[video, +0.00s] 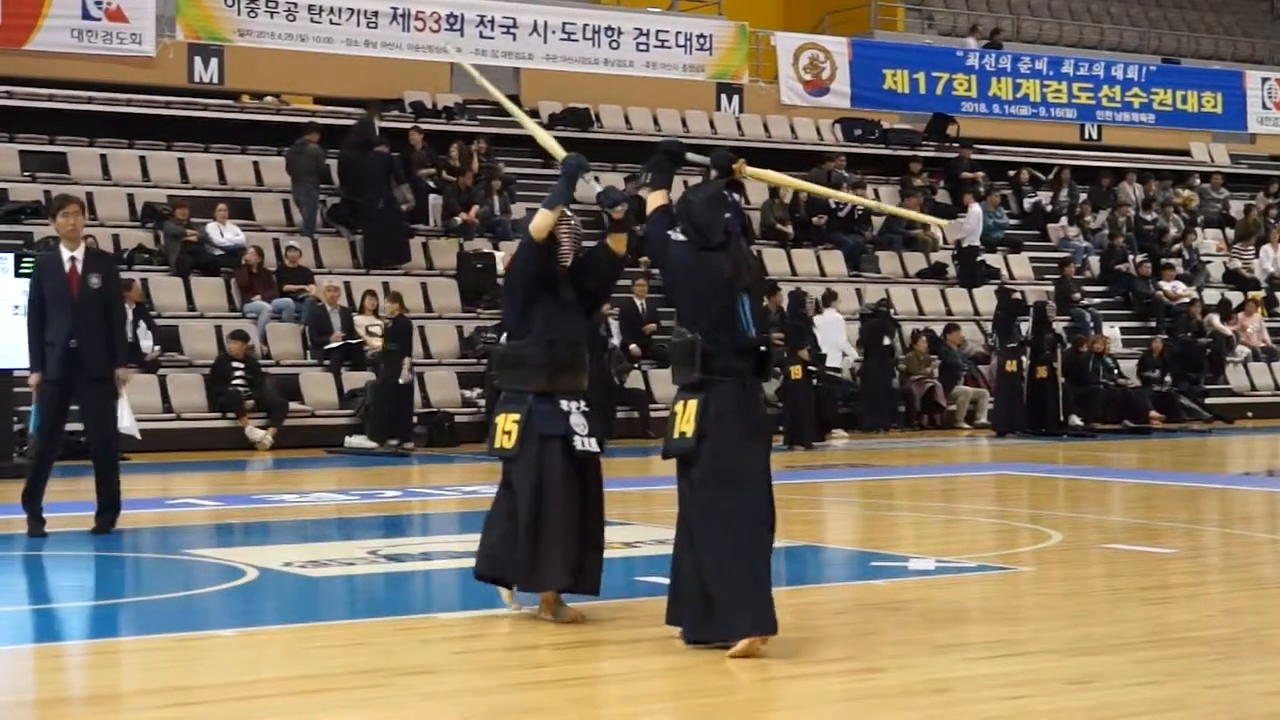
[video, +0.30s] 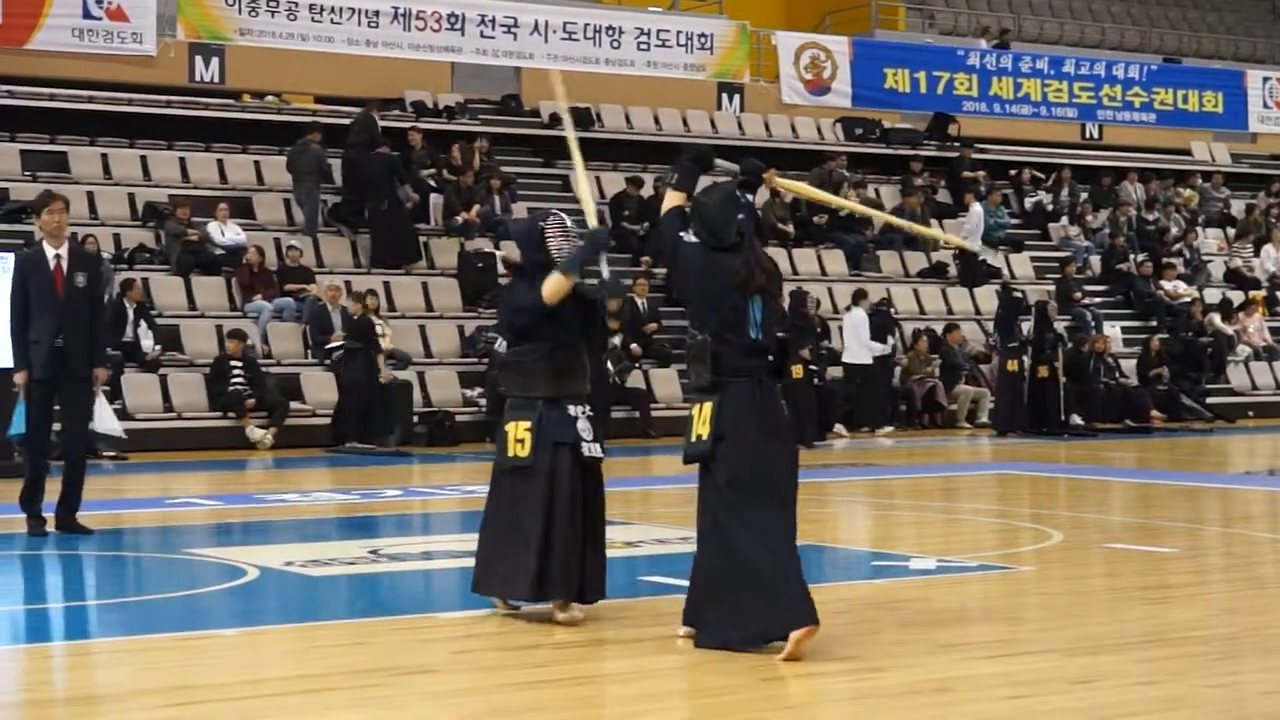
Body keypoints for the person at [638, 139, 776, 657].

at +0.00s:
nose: (673, 219)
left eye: (679, 215)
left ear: (688, 228)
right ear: (728, 225)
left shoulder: (690, 267)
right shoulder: (742, 264)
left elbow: (657, 217)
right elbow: (722, 219)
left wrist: (663, 168)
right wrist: (725, 176)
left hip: (712, 397)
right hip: (745, 395)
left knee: (717, 510)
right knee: (741, 510)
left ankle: (748, 622)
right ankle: (715, 619)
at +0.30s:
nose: (692, 225)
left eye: (697, 218)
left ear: (705, 229)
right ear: (744, 225)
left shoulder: (700, 268)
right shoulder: (762, 271)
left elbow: (671, 222)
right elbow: (744, 226)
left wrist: (684, 176)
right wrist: (747, 184)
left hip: (729, 398)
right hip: (767, 396)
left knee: (741, 510)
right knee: (727, 512)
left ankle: (797, 612)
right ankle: (702, 613)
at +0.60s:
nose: (715, 232)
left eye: (719, 224)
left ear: (728, 229)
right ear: (768, 226)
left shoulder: (722, 278)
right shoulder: (786, 280)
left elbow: (668, 320)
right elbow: (800, 349)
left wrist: (657, 278)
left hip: (745, 409)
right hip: (788, 408)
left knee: (746, 518)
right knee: (782, 516)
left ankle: (799, 620)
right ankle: (726, 613)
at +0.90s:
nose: (690, 246)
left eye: (694, 238)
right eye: (692, 238)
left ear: (707, 241)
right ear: (743, 237)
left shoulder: (709, 292)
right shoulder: (764, 285)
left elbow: (675, 357)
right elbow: (782, 352)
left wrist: (675, 319)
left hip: (728, 413)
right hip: (767, 411)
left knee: (721, 514)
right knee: (758, 512)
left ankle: (778, 596)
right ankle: (744, 619)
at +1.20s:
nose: (679, 252)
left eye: (684, 242)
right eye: (679, 242)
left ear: (703, 244)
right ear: (724, 241)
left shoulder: (720, 288)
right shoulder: (739, 284)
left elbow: (699, 356)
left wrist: (679, 386)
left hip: (739, 413)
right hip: (752, 408)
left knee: (715, 510)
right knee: (741, 508)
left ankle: (754, 614)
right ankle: (750, 610)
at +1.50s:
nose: (669, 244)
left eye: (673, 236)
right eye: (670, 236)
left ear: (685, 239)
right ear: (718, 234)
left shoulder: (687, 281)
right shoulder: (741, 278)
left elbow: (672, 362)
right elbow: (757, 346)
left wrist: (671, 387)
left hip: (711, 406)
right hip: (751, 403)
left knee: (688, 504)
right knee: (742, 505)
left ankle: (684, 614)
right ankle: (749, 605)